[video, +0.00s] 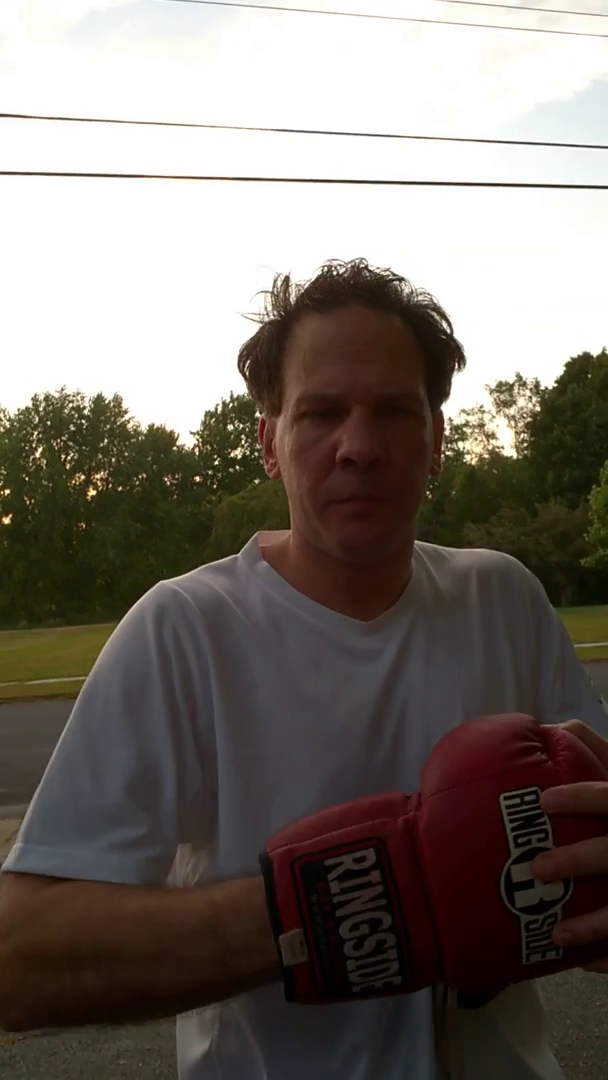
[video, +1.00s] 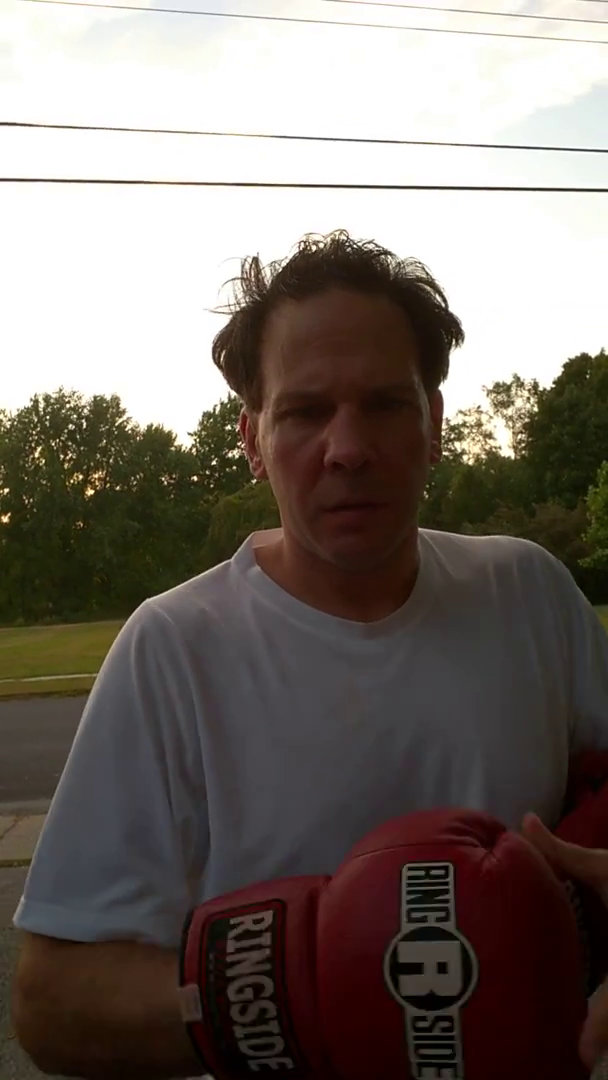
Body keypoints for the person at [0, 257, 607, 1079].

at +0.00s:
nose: (359, 446)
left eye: (394, 411)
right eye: (323, 412)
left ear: (435, 440)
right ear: (271, 443)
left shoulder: (502, 600)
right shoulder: (180, 632)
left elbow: (592, 814)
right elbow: (17, 950)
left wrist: (594, 867)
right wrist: (342, 904)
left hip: (498, 1055)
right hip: (267, 1066)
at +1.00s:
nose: (349, 448)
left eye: (384, 403)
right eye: (308, 410)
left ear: (434, 429)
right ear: (255, 441)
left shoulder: (532, 595)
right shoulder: (171, 650)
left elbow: (603, 807)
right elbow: (53, 998)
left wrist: (589, 874)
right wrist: (300, 983)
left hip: (544, 1054)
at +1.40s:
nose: (326, 464)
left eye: (366, 412)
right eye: (282, 422)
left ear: (424, 420)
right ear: (235, 447)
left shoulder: (539, 597)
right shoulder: (150, 670)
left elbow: (591, 875)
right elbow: (70, 953)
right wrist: (166, 1057)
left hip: (547, 1060)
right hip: (290, 1068)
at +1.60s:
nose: (313, 467)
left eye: (352, 413)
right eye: (269, 426)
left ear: (410, 424)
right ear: (219, 452)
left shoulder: (526, 592)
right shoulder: (141, 675)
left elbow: (595, 821)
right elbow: (65, 974)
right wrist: (172, 1060)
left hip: (531, 1062)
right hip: (276, 1071)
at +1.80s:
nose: (309, 465)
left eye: (347, 412)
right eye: (263, 424)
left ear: (404, 424)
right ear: (211, 451)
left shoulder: (523, 593)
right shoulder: (135, 676)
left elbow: (600, 841)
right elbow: (60, 980)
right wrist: (156, 1071)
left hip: (521, 1061)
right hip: (260, 1071)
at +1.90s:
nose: (307, 464)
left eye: (347, 412)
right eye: (262, 422)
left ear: (402, 424)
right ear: (209, 451)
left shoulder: (524, 595)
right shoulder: (131, 677)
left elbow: (597, 851)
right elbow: (59, 975)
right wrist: (96, 1048)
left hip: (514, 1064)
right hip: (259, 1072)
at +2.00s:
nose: (310, 463)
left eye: (349, 410)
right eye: (264, 420)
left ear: (405, 422)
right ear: (212, 447)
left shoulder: (524, 595)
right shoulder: (130, 680)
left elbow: (604, 833)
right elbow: (64, 977)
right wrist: (98, 1057)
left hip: (523, 1060)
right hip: (262, 1068)